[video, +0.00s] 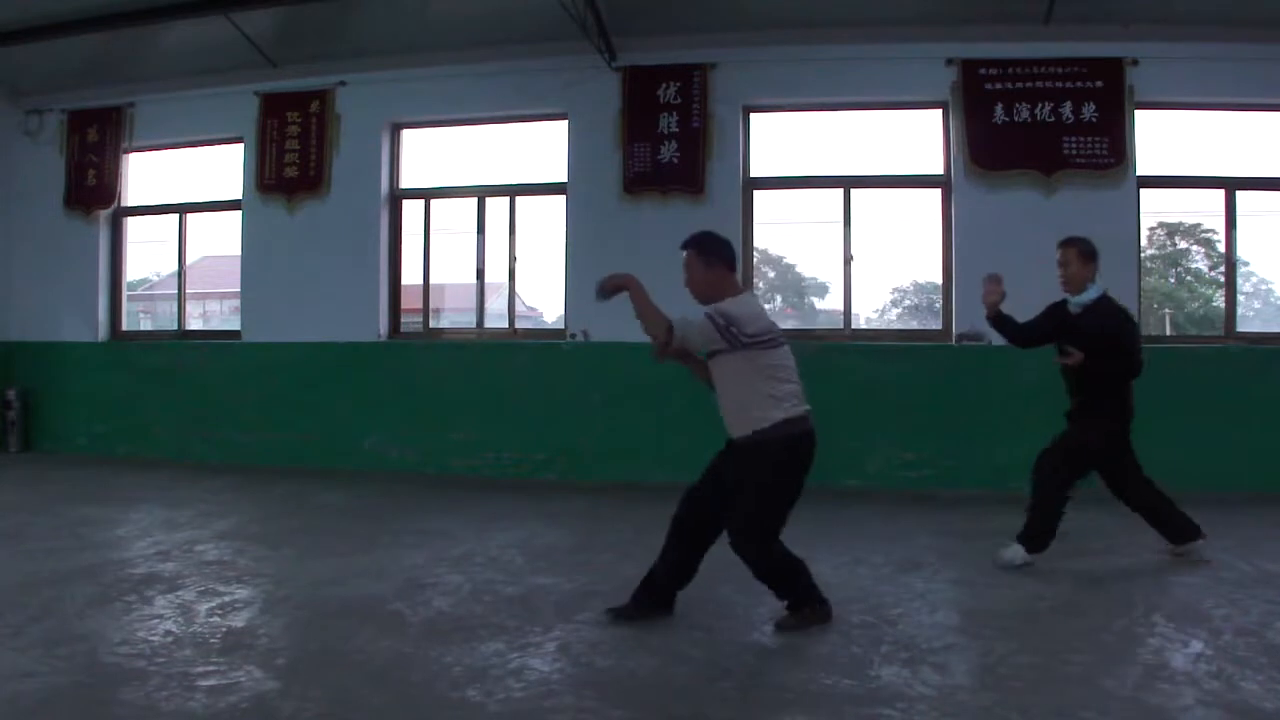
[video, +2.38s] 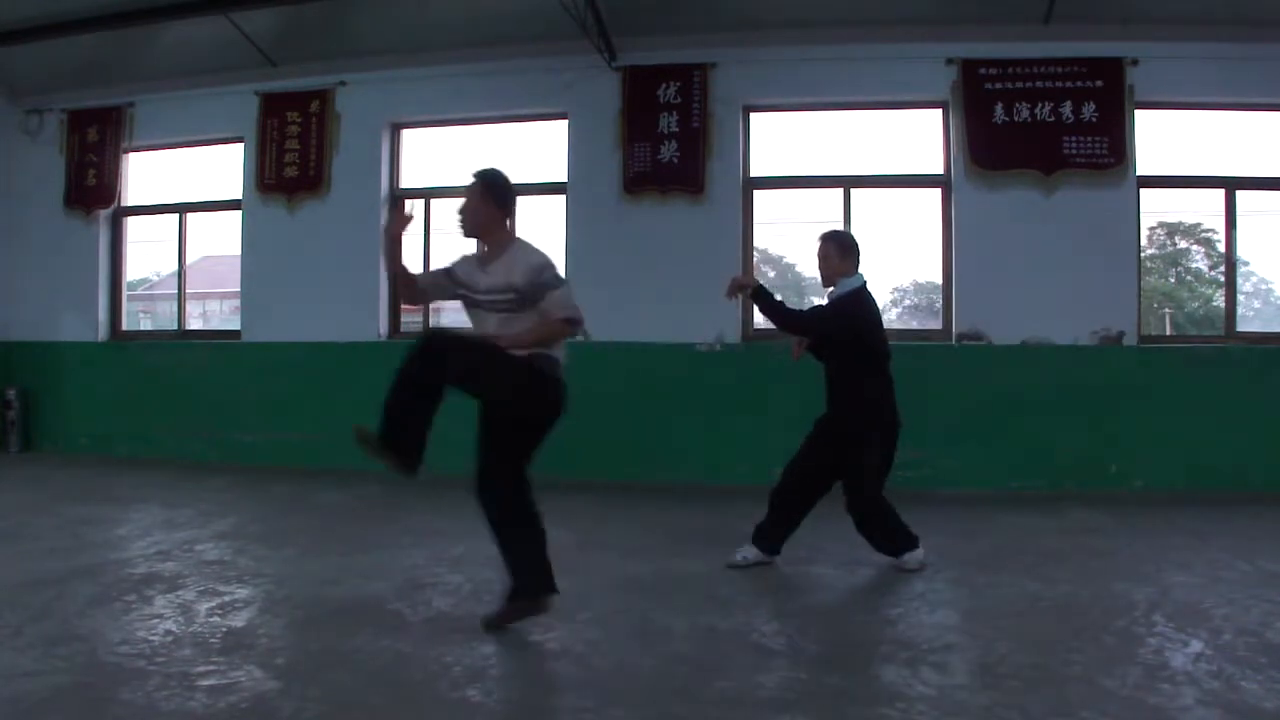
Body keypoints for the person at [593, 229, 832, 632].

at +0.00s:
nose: (686, 280)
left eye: (690, 270)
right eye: (685, 272)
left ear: (715, 269)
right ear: (723, 271)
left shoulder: (737, 313)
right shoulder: (741, 313)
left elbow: (667, 336)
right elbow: (724, 377)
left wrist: (633, 286)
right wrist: (679, 354)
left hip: (781, 441)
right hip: (749, 442)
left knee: (751, 533)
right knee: (695, 517)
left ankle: (809, 604)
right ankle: (654, 600)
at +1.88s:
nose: (651, 264)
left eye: (657, 253)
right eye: (651, 254)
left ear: (686, 254)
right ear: (689, 256)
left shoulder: (695, 308)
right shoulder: (722, 304)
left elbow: (612, 329)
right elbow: (733, 369)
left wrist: (568, 283)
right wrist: (689, 401)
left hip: (732, 445)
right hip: (708, 442)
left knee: (741, 541)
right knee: (650, 517)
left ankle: (809, 601)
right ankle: (593, 594)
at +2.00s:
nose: (604, 257)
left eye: (611, 248)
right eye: (606, 248)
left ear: (639, 252)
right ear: (641, 254)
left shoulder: (629, 304)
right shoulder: (675, 303)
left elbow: (559, 322)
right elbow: (715, 353)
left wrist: (512, 291)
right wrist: (675, 381)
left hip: (656, 440)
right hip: (688, 433)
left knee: (593, 515)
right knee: (723, 523)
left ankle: (563, 605)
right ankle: (803, 593)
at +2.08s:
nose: (567, 246)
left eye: (574, 238)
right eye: (568, 237)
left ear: (598, 244)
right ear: (605, 248)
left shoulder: (580, 295)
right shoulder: (629, 301)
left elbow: (513, 303)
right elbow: (664, 357)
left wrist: (450, 291)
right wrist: (613, 361)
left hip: (602, 436)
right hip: (643, 433)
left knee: (549, 509)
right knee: (654, 530)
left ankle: (549, 613)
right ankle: (748, 568)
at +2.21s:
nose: (527, 231)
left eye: (535, 223)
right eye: (530, 223)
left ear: (558, 229)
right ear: (561, 231)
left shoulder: (575, 280)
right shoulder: (573, 281)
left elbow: (518, 327)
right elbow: (526, 339)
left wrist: (454, 313)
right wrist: (469, 319)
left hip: (579, 414)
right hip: (574, 413)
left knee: (530, 510)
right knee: (538, 509)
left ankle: (545, 614)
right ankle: (593, 589)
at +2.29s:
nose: (490, 216)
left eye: (498, 208)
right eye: (492, 208)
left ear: (523, 213)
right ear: (513, 214)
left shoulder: (558, 268)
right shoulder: (500, 279)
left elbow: (567, 335)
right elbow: (477, 327)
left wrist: (502, 335)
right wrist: (454, 317)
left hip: (558, 388)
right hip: (520, 387)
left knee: (526, 490)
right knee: (446, 408)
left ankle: (545, 606)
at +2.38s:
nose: (461, 209)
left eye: (470, 201)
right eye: (463, 200)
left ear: (497, 210)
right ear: (484, 210)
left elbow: (567, 321)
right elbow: (410, 292)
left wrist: (509, 342)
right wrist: (393, 240)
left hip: (536, 383)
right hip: (498, 381)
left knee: (436, 348)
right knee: (498, 482)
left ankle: (402, 446)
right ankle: (531, 588)